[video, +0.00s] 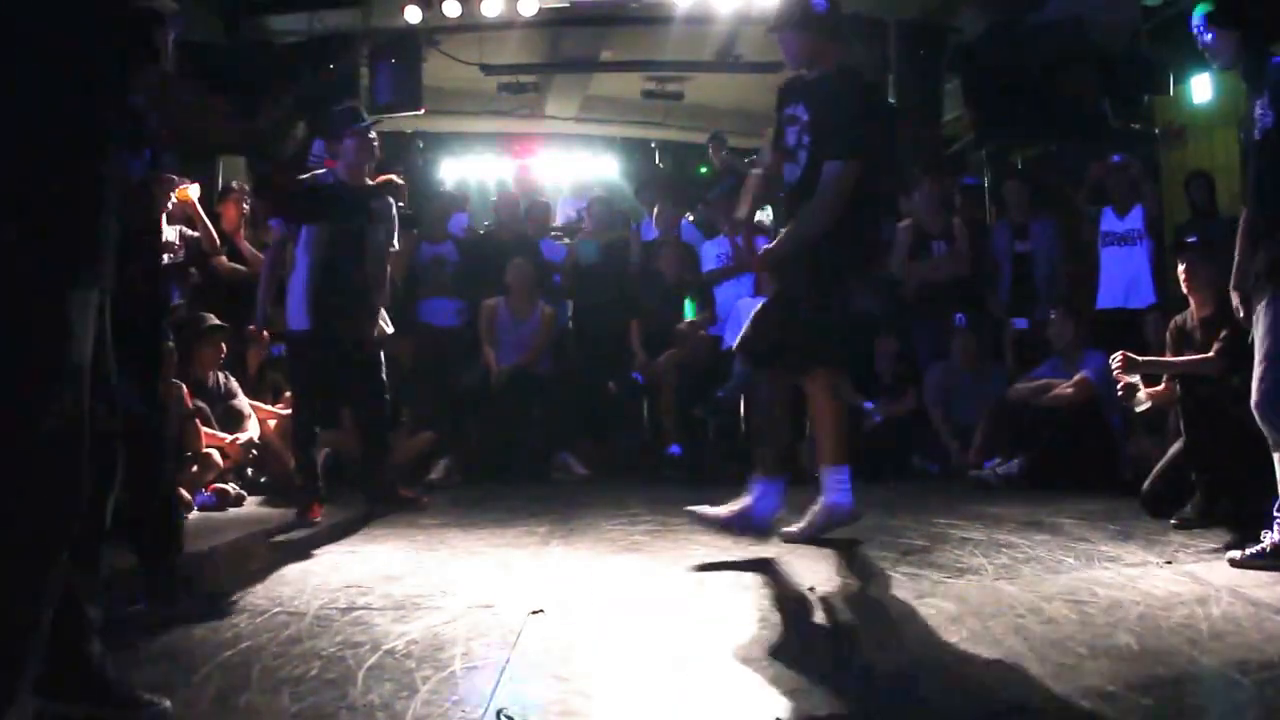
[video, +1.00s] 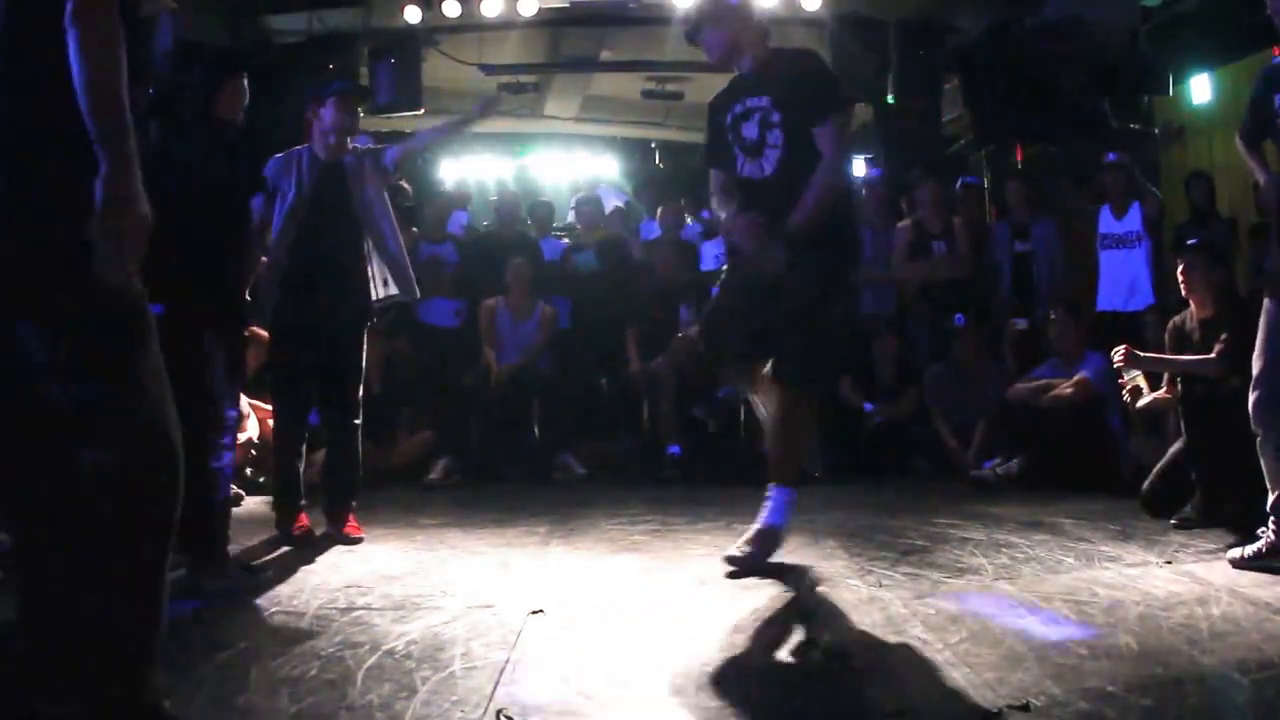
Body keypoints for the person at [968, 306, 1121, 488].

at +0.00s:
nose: (1050, 331)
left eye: (1056, 325)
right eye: (1050, 325)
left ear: (1073, 327)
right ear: (1049, 330)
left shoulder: (1095, 360)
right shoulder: (1054, 362)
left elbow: (1073, 393)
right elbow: (1013, 392)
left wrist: (1033, 400)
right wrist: (1054, 383)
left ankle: (1021, 464)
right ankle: (1001, 459)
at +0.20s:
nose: (1054, 332)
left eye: (1060, 325)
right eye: (1052, 326)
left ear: (1074, 327)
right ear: (1048, 331)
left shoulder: (1095, 360)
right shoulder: (1055, 362)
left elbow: (1074, 393)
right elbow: (1012, 393)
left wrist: (1034, 401)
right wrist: (1053, 383)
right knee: (1020, 404)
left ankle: (1021, 463)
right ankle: (1003, 458)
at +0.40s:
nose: (1054, 332)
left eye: (1060, 325)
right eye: (1052, 326)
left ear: (1075, 329)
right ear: (1048, 332)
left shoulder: (1095, 361)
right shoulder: (1054, 363)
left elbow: (1074, 393)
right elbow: (1012, 393)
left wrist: (1034, 400)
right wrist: (1056, 383)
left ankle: (1022, 463)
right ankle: (1003, 458)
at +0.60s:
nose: (1056, 332)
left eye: (1062, 326)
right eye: (1053, 326)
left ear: (1076, 329)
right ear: (1048, 331)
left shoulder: (1094, 362)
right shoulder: (1054, 363)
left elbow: (1074, 393)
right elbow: (1012, 393)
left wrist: (1036, 401)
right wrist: (1054, 384)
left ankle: (1022, 463)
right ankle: (1004, 458)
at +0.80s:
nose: (1055, 333)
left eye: (1061, 326)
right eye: (1053, 327)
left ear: (1076, 330)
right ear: (1048, 331)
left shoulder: (1095, 362)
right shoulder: (1054, 363)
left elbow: (1070, 395)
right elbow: (1012, 393)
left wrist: (1034, 399)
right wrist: (1054, 384)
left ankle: (1021, 464)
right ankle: (1002, 459)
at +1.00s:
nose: (1053, 333)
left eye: (1059, 326)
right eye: (1052, 327)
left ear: (1076, 330)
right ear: (1049, 332)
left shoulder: (1095, 362)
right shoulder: (1054, 364)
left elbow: (1073, 393)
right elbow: (1012, 393)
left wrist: (1035, 399)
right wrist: (1058, 383)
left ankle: (1020, 465)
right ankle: (1000, 460)